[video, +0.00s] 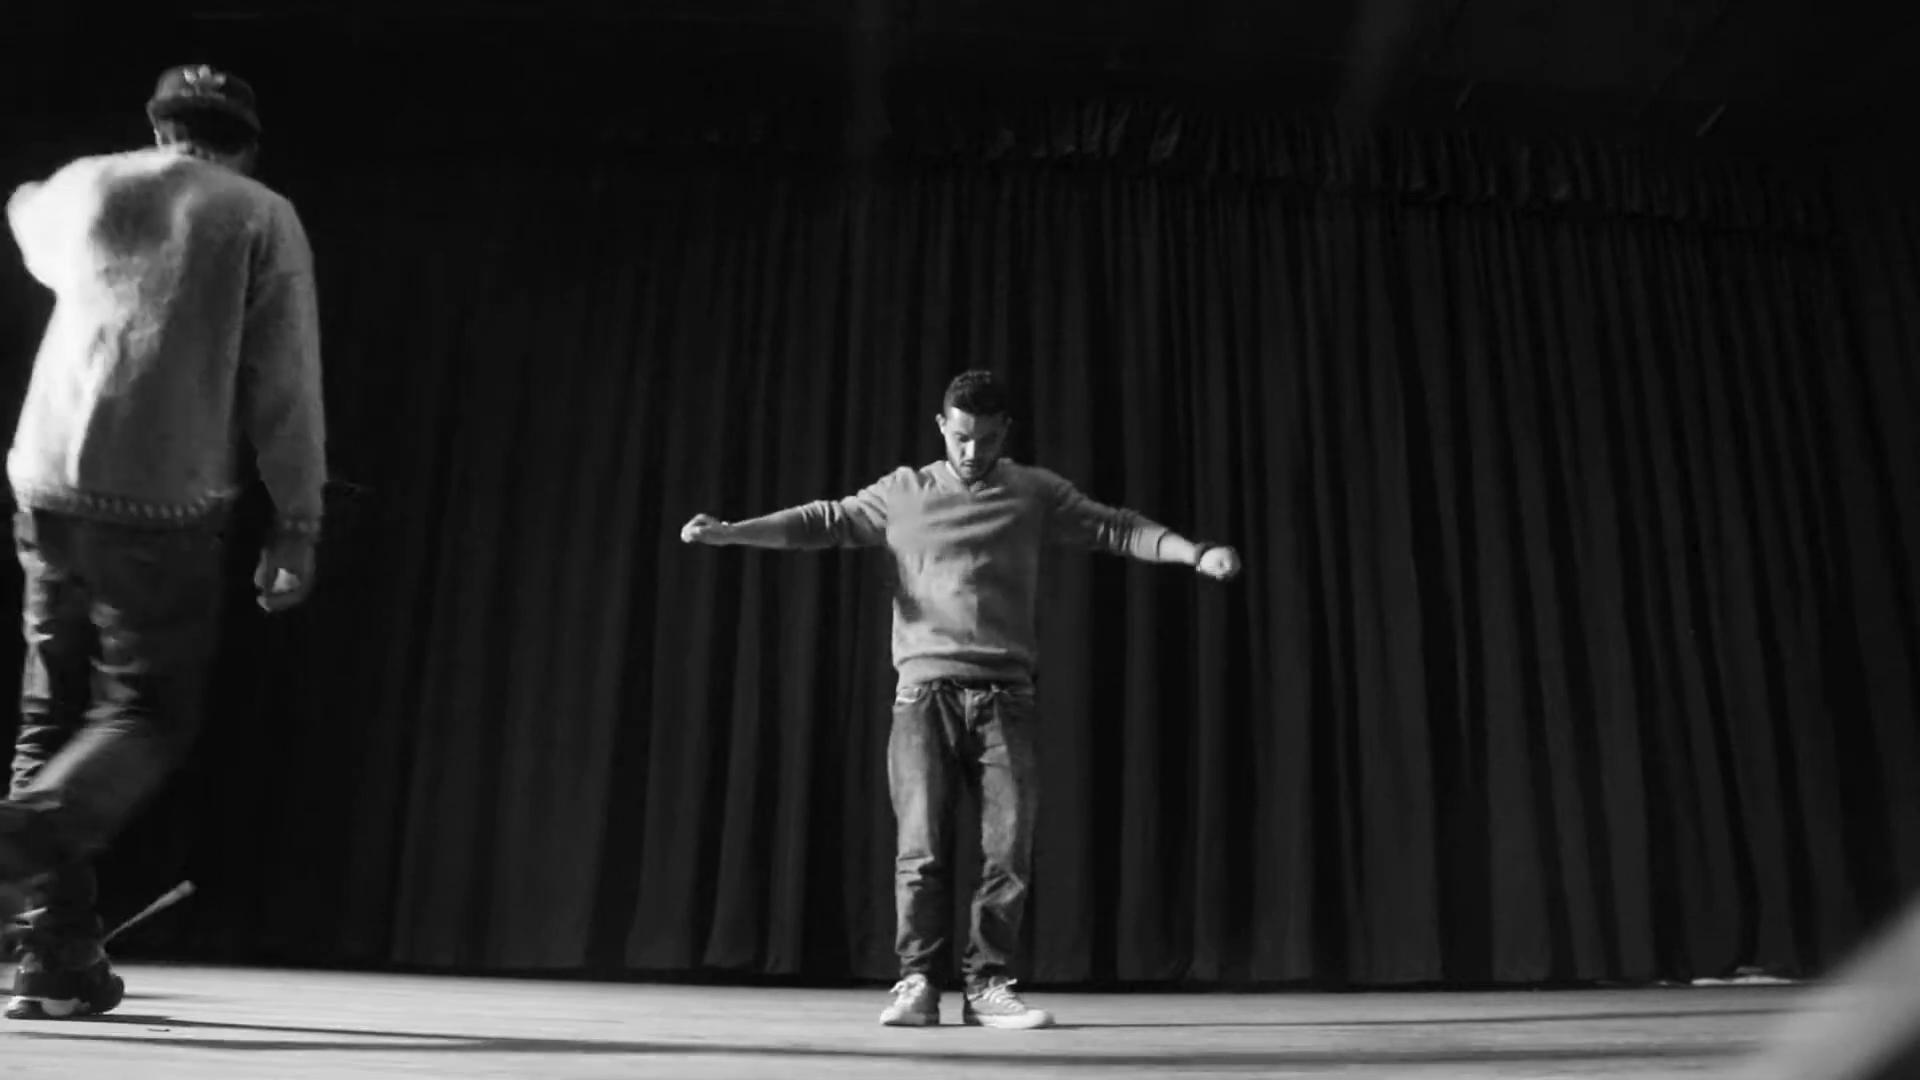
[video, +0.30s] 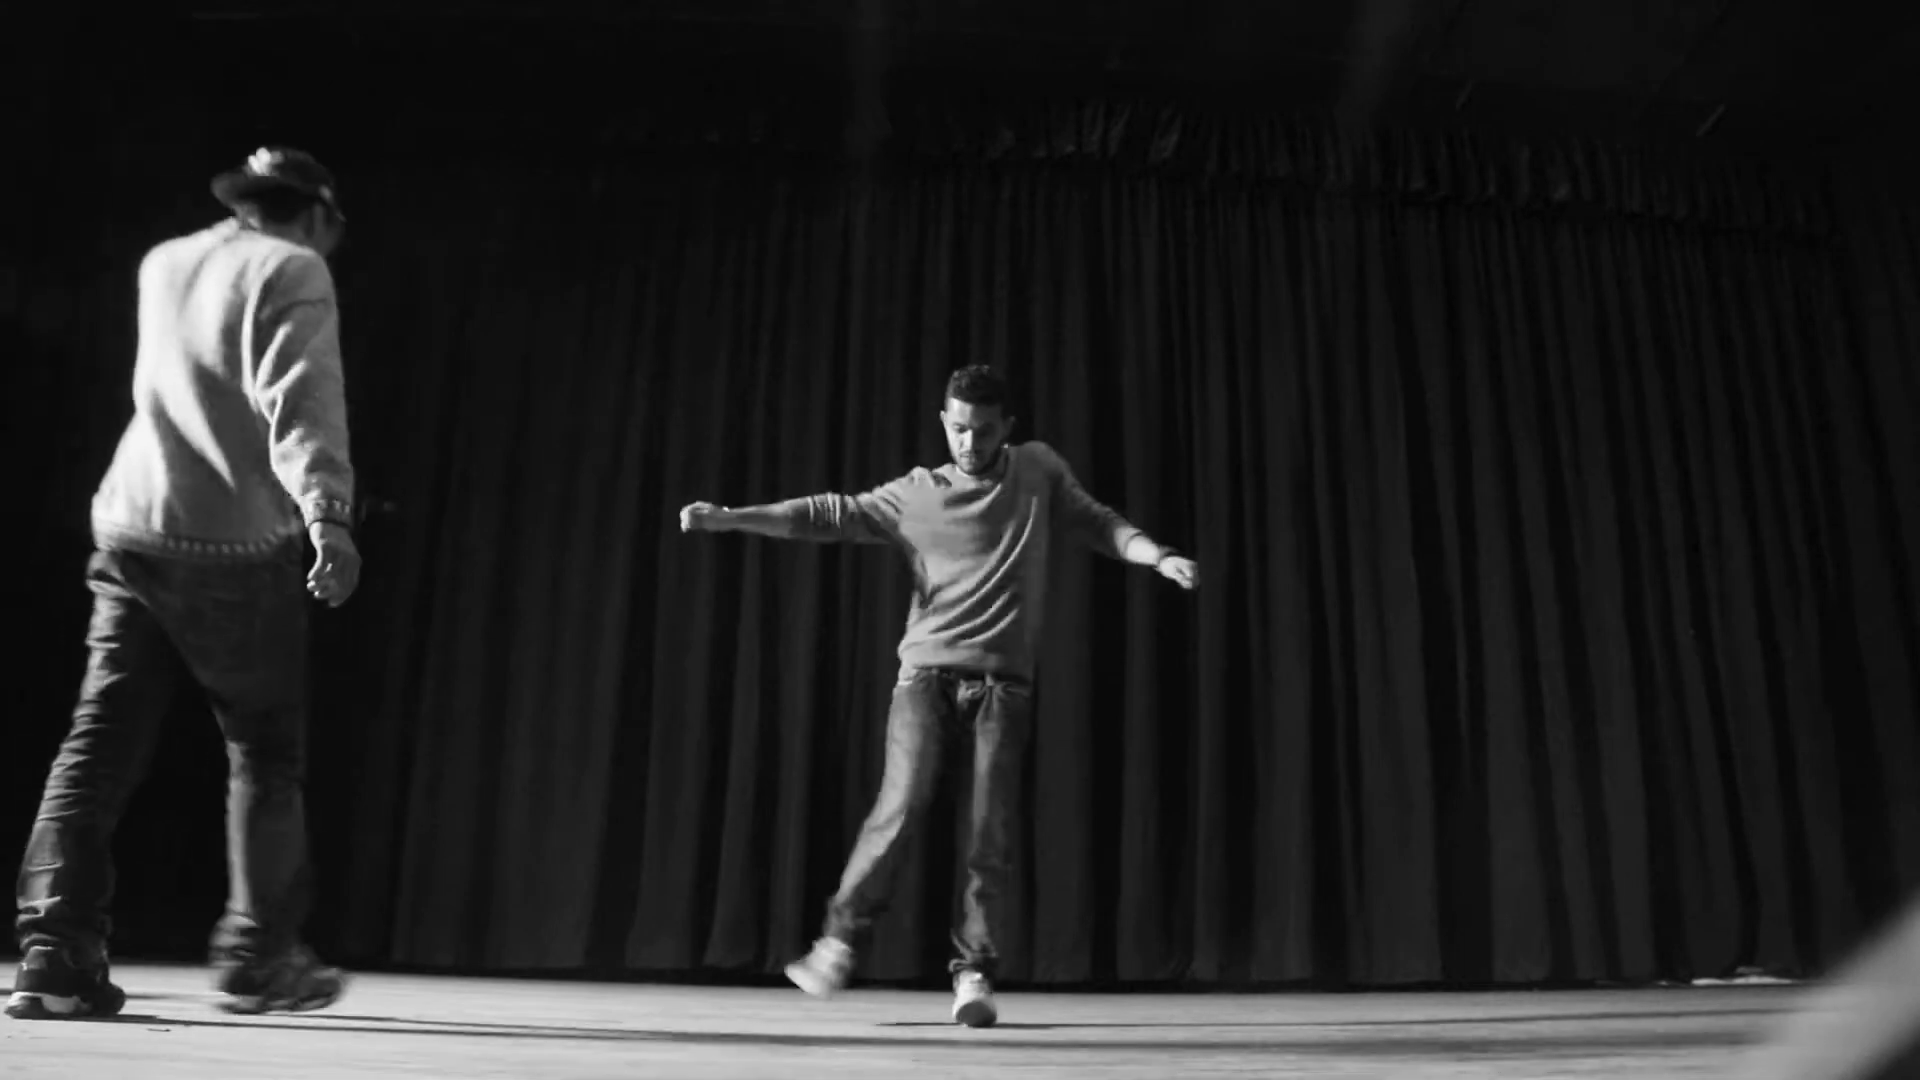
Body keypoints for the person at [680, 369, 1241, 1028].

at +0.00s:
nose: (973, 449)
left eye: (985, 436)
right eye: (962, 435)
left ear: (1006, 432)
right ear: (942, 428)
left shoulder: (1036, 492)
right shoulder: (904, 493)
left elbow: (1116, 529)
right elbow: (823, 519)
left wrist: (1195, 553)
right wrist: (733, 531)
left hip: (1006, 690)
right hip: (925, 690)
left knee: (1009, 848)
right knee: (923, 845)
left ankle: (992, 989)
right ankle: (916, 985)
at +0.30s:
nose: (968, 443)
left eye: (980, 429)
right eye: (958, 428)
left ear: (1003, 426)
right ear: (943, 424)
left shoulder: (1038, 470)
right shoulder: (915, 494)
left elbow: (1102, 525)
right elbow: (825, 513)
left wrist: (1157, 557)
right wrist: (728, 517)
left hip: (1003, 677)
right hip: (927, 671)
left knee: (990, 830)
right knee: (904, 805)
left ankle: (974, 976)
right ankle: (838, 945)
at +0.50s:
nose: (974, 442)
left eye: (986, 429)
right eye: (963, 428)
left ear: (1008, 425)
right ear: (945, 423)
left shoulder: (1043, 474)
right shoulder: (919, 488)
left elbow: (1126, 510)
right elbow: (843, 528)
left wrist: (1174, 559)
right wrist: (753, 553)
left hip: (1006, 678)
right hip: (931, 666)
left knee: (997, 837)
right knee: (920, 779)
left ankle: (976, 975)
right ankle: (872, 921)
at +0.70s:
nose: (971, 433)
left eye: (984, 420)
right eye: (960, 419)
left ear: (1005, 418)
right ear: (943, 415)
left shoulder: (1043, 479)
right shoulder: (915, 468)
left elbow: (1128, 501)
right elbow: (844, 507)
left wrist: (1199, 539)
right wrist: (772, 551)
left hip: (1009, 679)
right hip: (929, 676)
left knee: (996, 835)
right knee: (921, 828)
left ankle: (979, 983)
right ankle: (913, 973)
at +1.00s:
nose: (961, 428)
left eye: (974, 415)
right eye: (949, 414)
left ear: (994, 414)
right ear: (931, 413)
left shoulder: (1025, 466)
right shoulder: (900, 488)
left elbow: (1089, 526)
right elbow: (817, 513)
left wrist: (1150, 570)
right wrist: (721, 519)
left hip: (998, 681)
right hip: (920, 684)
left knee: (1000, 806)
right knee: (921, 832)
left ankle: (965, 969)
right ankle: (956, 974)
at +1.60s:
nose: (952, 421)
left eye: (964, 409)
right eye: (941, 408)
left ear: (986, 413)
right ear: (925, 412)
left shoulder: (1024, 477)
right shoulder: (890, 483)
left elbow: (1103, 511)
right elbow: (817, 508)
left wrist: (1191, 530)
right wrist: (737, 506)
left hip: (982, 680)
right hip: (908, 682)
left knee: (963, 830)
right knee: (910, 835)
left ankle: (956, 976)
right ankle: (914, 972)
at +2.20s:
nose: (971, 411)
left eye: (983, 398)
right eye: (969, 399)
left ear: (1023, 402)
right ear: (974, 404)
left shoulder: (1075, 473)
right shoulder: (940, 463)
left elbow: (1147, 527)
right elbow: (848, 471)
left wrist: (1225, 573)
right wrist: (749, 456)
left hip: (964, 674)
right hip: (885, 648)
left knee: (966, 830)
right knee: (807, 753)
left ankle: (964, 984)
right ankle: (790, 889)